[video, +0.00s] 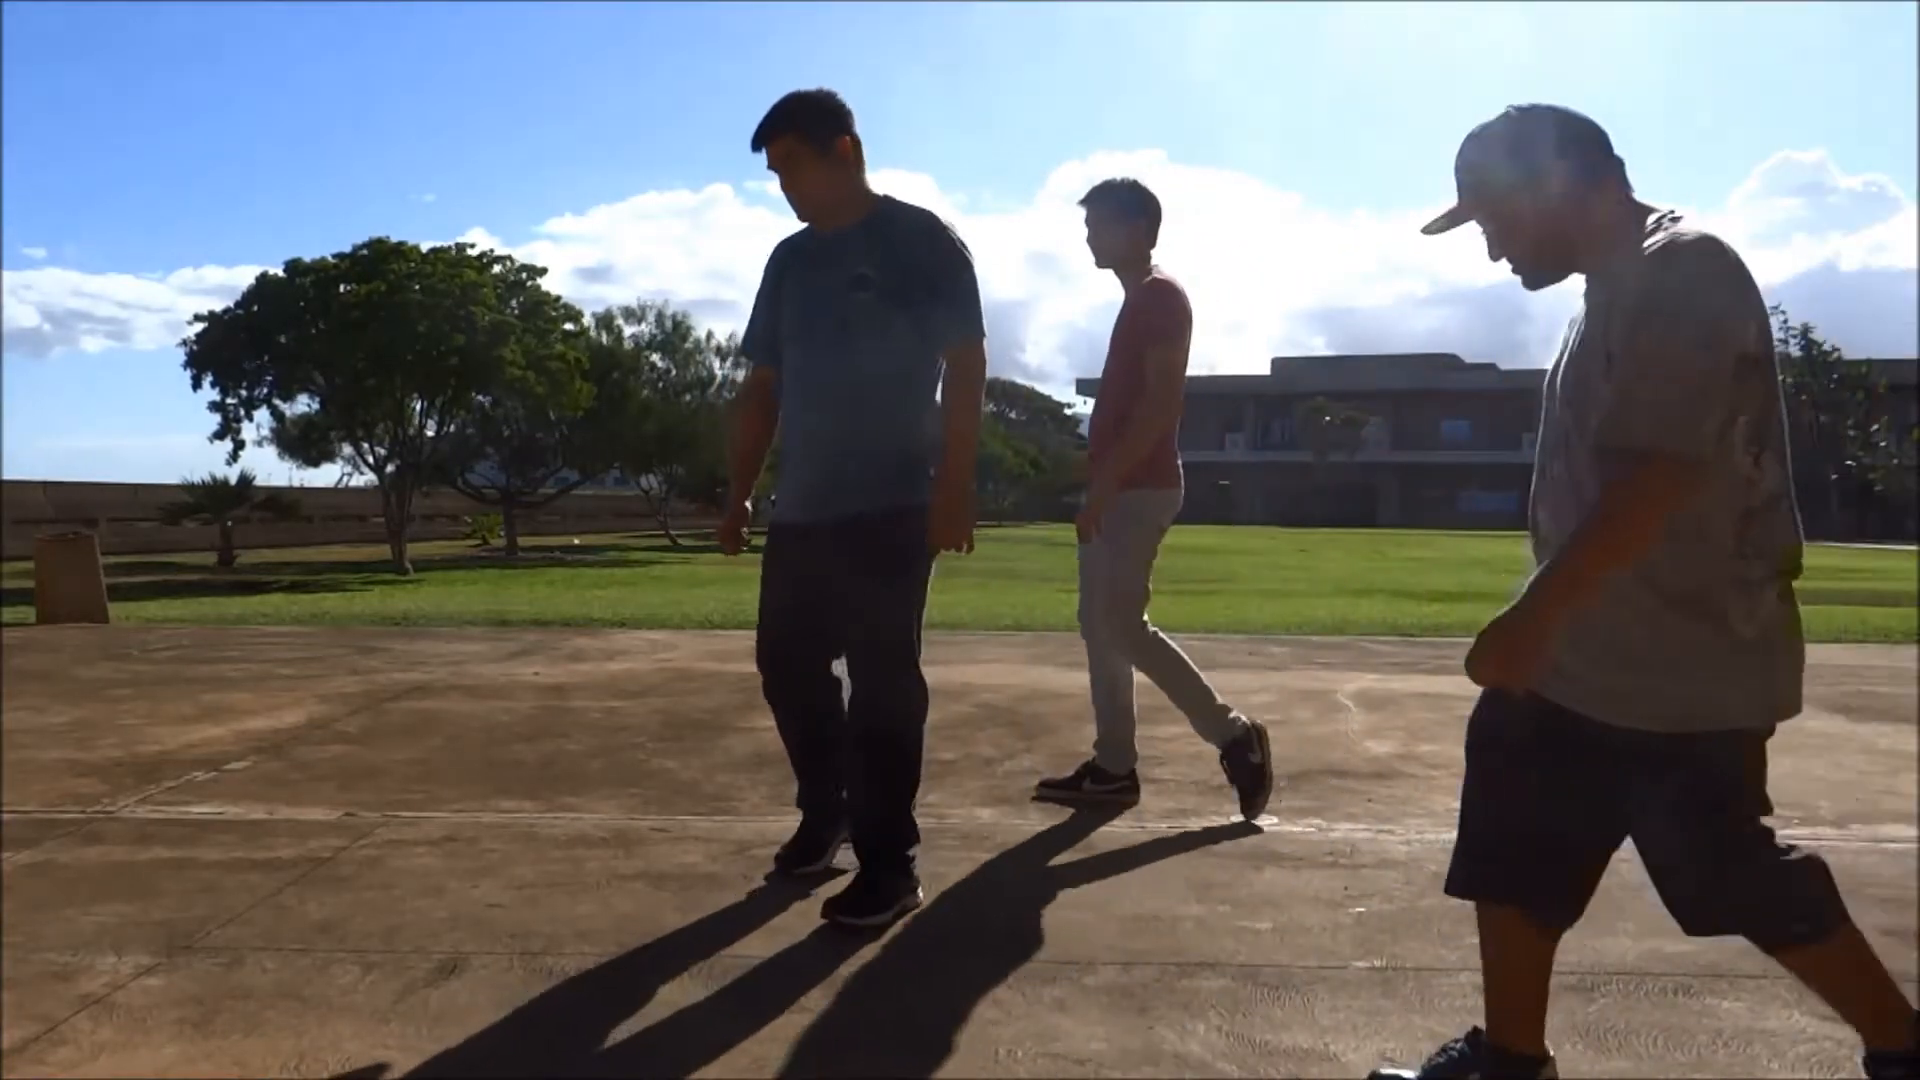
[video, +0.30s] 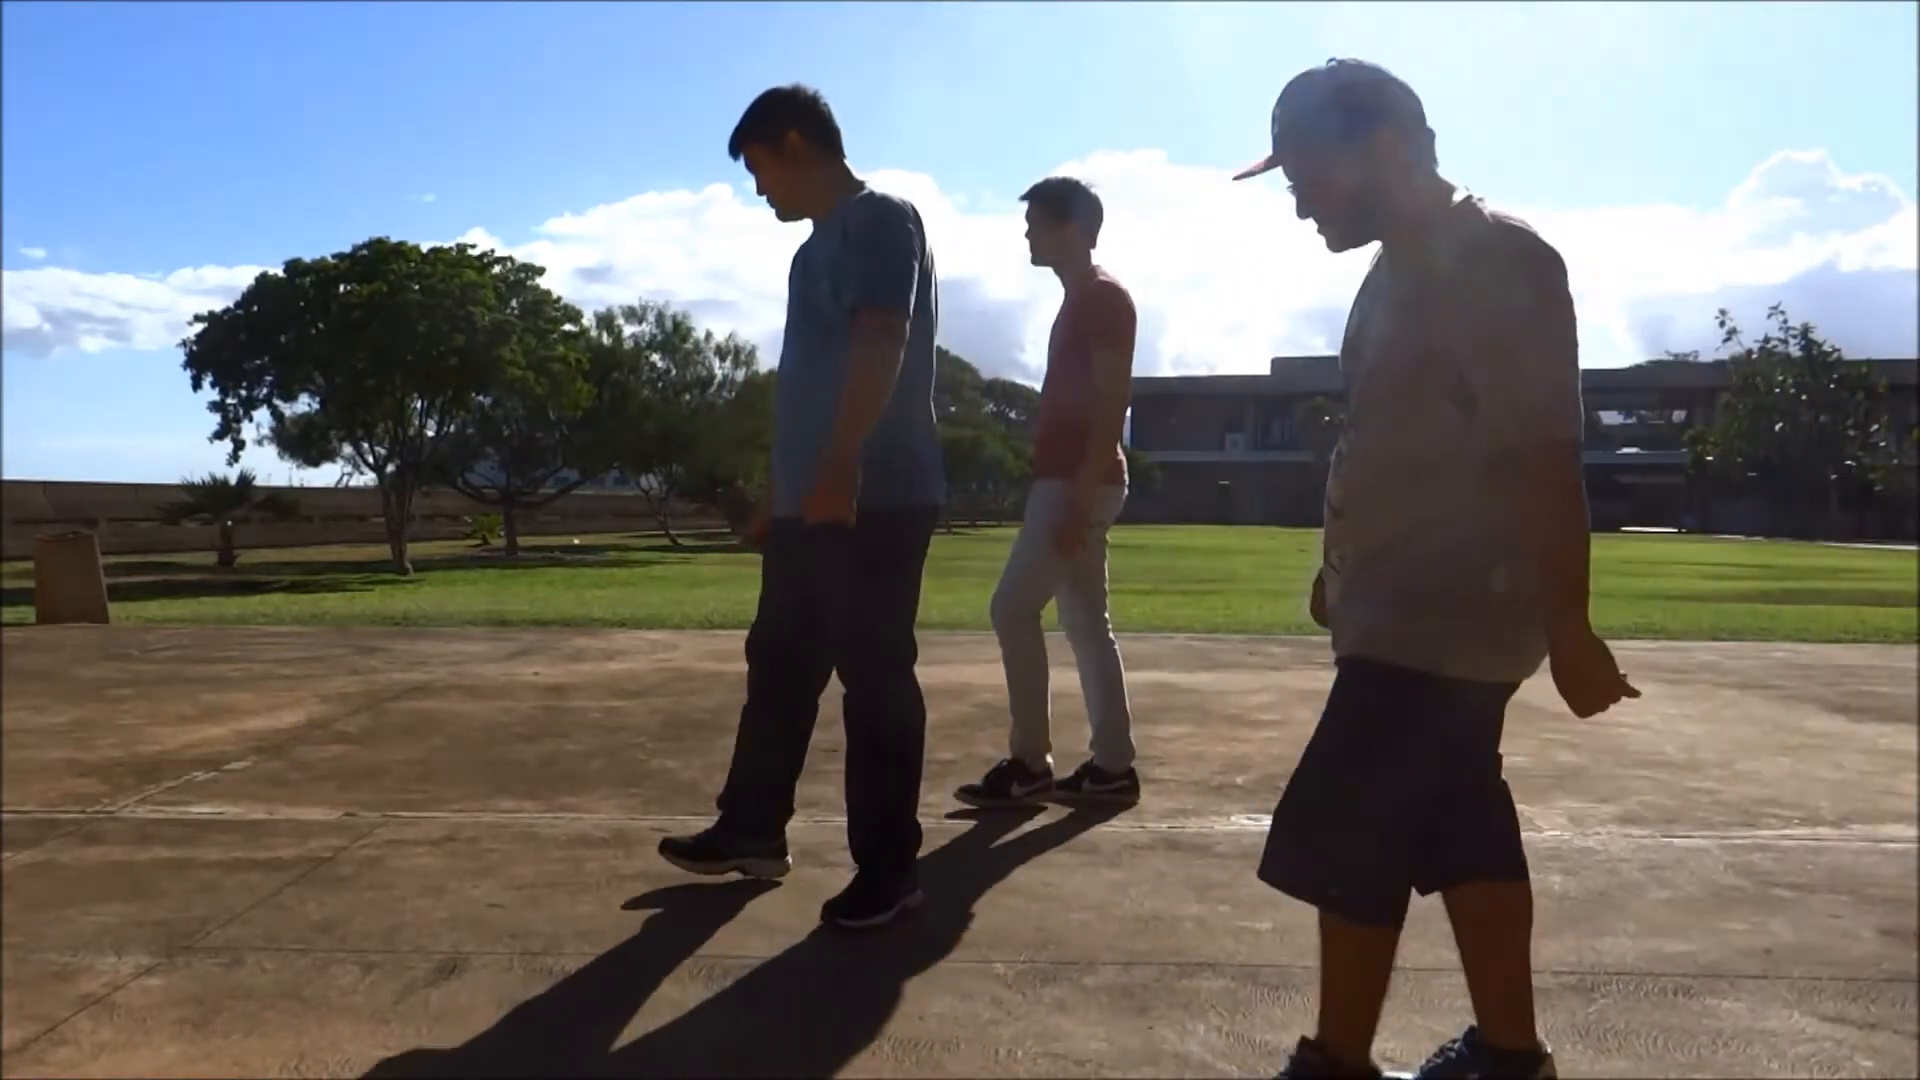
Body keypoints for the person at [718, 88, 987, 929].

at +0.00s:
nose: (784, 189)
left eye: (792, 170)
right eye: (777, 176)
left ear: (844, 150)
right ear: (792, 171)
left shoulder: (922, 237)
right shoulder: (790, 258)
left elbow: (967, 366)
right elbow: (761, 388)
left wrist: (954, 484)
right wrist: (738, 492)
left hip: (890, 502)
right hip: (801, 507)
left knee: (882, 674)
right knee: (786, 663)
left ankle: (888, 863)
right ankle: (827, 809)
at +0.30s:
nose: (760, 191)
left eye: (759, 170)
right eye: (753, 175)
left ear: (798, 147)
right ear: (797, 152)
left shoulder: (881, 219)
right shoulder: (812, 252)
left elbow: (880, 348)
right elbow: (809, 386)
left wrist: (840, 462)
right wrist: (778, 493)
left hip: (876, 499)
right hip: (814, 502)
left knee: (878, 676)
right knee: (780, 662)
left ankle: (887, 871)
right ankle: (750, 829)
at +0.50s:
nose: (741, 202)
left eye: (736, 180)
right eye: (732, 186)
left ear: (768, 151)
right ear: (783, 149)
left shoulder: (835, 213)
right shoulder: (849, 228)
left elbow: (807, 346)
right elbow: (853, 371)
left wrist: (734, 458)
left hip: (848, 502)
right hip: (813, 504)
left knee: (864, 682)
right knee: (770, 665)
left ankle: (885, 871)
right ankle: (729, 832)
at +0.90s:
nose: (666, 208)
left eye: (663, 189)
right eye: (659, 194)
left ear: (695, 164)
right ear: (717, 163)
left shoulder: (749, 223)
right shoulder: (777, 230)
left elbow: (729, 356)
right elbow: (800, 372)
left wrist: (667, 470)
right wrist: (714, 476)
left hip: (761, 496)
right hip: (759, 494)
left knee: (779, 669)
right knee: (726, 665)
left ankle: (867, 853)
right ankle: (727, 841)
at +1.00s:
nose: (651, 213)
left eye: (648, 193)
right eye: (644, 198)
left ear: (679, 166)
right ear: (697, 164)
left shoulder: (731, 227)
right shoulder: (764, 232)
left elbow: (710, 362)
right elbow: (786, 372)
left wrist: (652, 472)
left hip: (738, 491)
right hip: (765, 486)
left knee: (726, 657)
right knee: (734, 656)